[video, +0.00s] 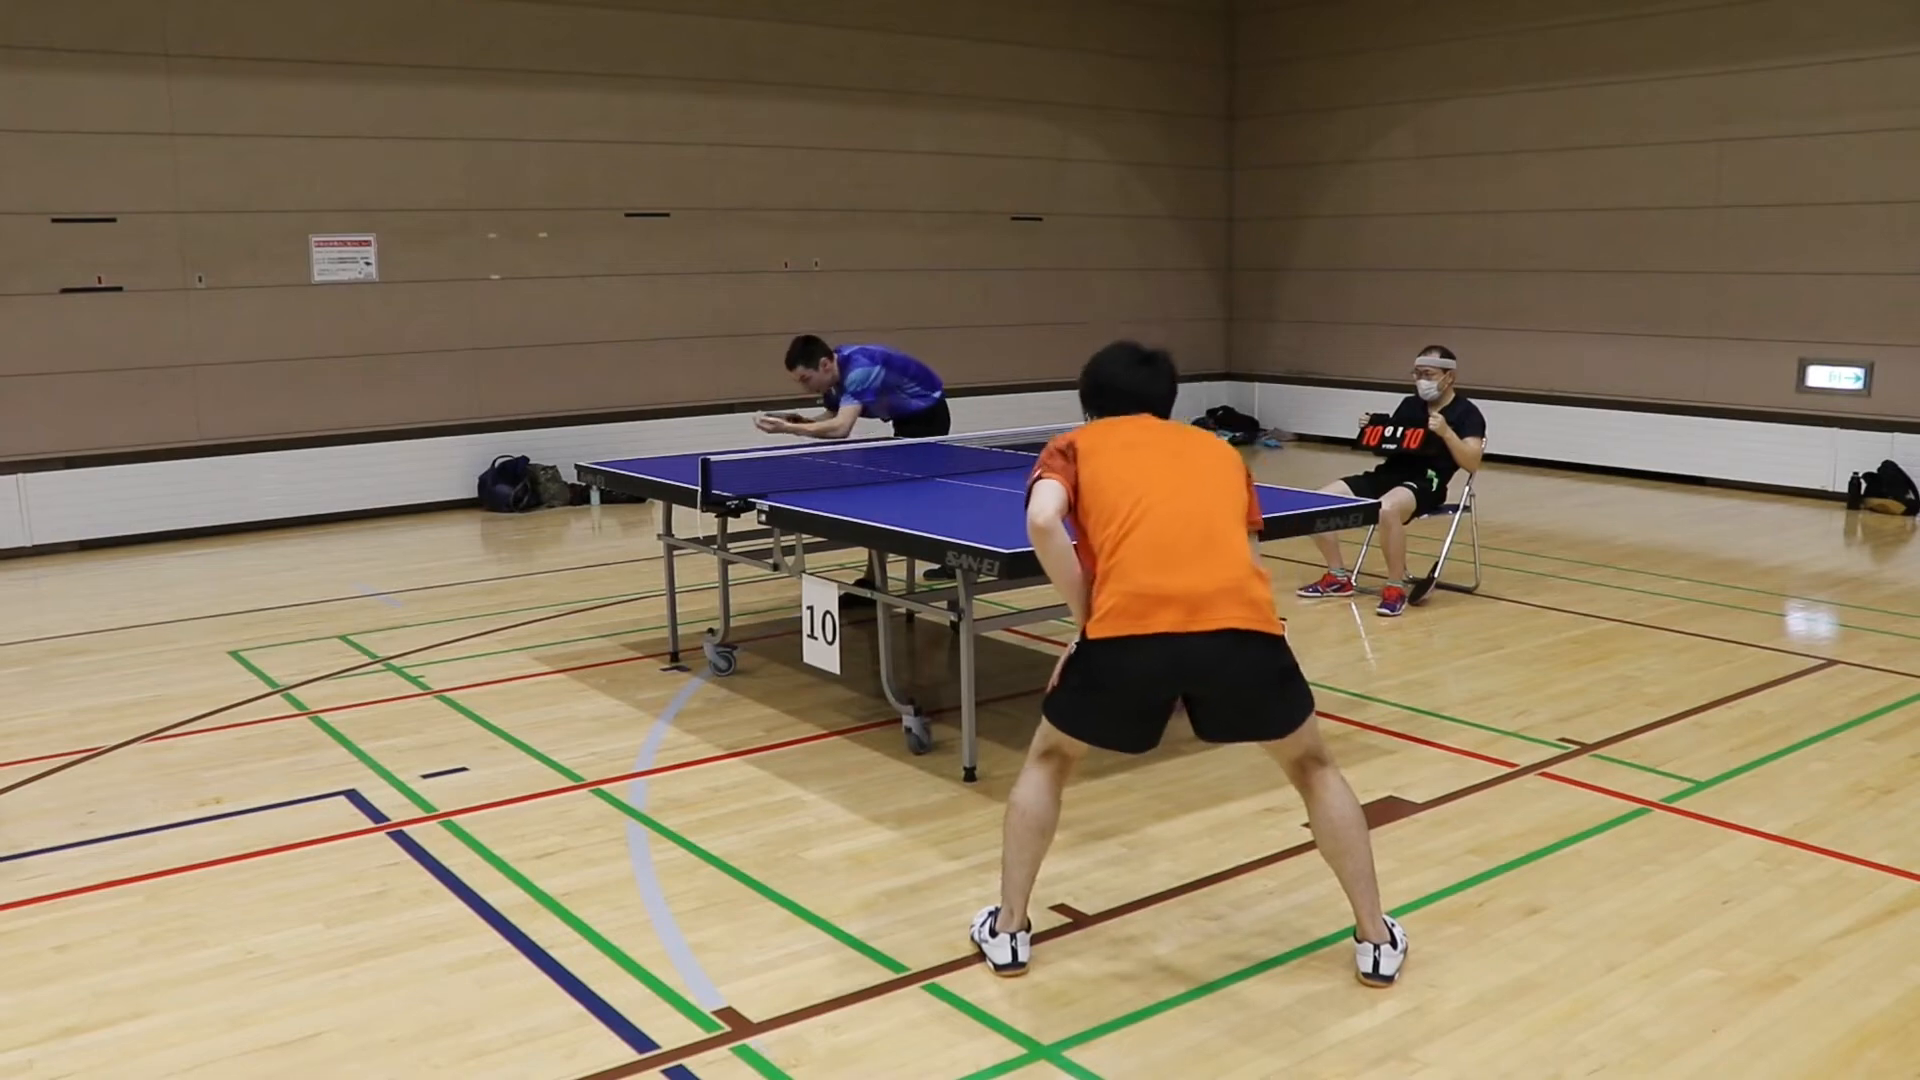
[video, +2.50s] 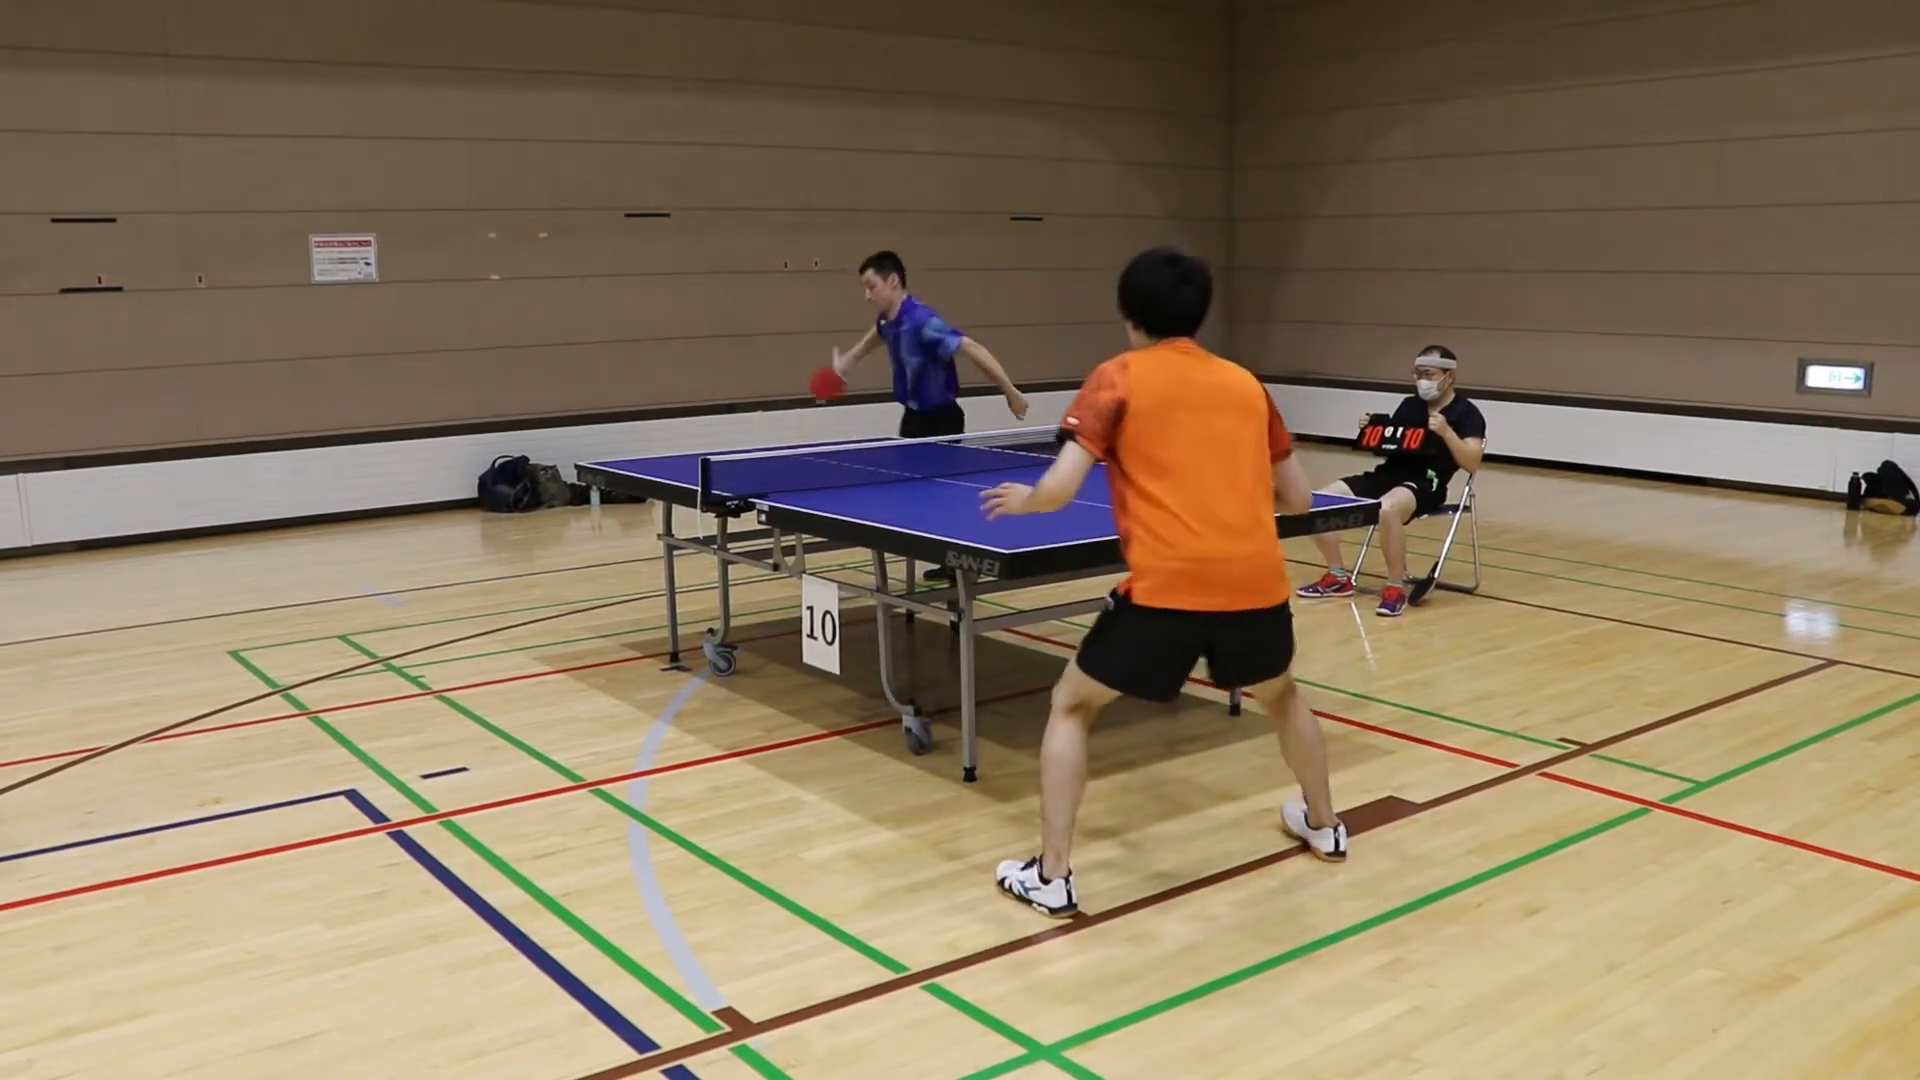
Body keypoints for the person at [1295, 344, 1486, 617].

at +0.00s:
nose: (1423, 382)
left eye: (1430, 375)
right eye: (1418, 374)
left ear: (1450, 378)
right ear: (1413, 375)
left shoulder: (1467, 414)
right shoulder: (1411, 404)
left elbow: (1472, 463)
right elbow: (1392, 439)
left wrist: (1446, 433)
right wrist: (1373, 425)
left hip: (1427, 481)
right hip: (1390, 474)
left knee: (1389, 509)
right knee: (1318, 503)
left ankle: (1394, 588)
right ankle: (1338, 576)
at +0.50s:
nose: (1423, 381)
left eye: (1430, 375)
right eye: (1418, 374)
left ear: (1450, 377)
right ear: (1413, 375)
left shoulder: (1466, 414)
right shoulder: (1411, 404)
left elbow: (1472, 463)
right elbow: (1392, 439)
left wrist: (1446, 433)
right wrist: (1373, 425)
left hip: (1427, 481)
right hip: (1390, 474)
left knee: (1389, 509)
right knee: (1319, 502)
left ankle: (1394, 588)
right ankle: (1338, 576)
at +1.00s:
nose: (1423, 381)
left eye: (1430, 374)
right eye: (1419, 374)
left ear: (1450, 378)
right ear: (1414, 375)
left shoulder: (1467, 414)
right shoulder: (1411, 404)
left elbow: (1472, 464)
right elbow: (1392, 440)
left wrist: (1446, 433)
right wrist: (1373, 426)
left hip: (1427, 482)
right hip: (1390, 474)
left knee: (1389, 509)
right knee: (1318, 503)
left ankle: (1394, 588)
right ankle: (1337, 576)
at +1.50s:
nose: (1423, 380)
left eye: (1430, 374)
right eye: (1419, 373)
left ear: (1450, 377)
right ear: (1414, 375)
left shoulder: (1467, 414)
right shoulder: (1411, 405)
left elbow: (1472, 463)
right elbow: (1393, 440)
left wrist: (1446, 433)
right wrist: (1373, 426)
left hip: (1427, 482)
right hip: (1390, 474)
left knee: (1389, 509)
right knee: (1319, 502)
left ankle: (1395, 588)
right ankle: (1337, 576)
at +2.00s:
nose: (1423, 381)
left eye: (1430, 375)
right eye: (1418, 374)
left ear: (1450, 378)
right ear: (1414, 375)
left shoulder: (1466, 413)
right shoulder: (1410, 405)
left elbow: (1471, 463)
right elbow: (1386, 444)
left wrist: (1446, 433)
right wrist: (1367, 432)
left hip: (1426, 482)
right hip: (1388, 476)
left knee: (1390, 508)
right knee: (1323, 500)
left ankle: (1395, 587)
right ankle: (1337, 574)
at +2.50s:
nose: (1423, 382)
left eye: (1430, 375)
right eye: (1419, 375)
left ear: (1449, 378)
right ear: (1414, 375)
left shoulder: (1467, 414)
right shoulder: (1411, 405)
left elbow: (1472, 463)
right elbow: (1393, 440)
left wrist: (1447, 433)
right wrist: (1372, 426)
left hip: (1427, 482)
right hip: (1390, 474)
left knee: (1388, 509)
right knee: (1319, 501)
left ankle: (1395, 588)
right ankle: (1337, 576)